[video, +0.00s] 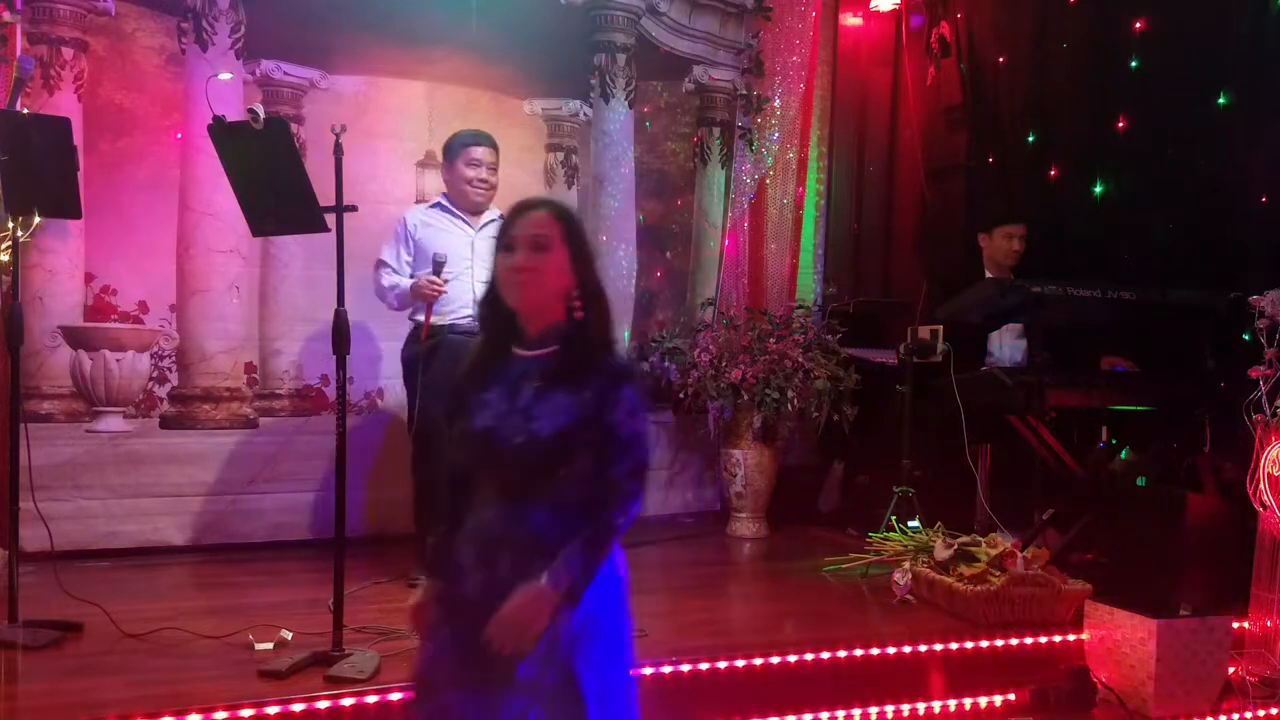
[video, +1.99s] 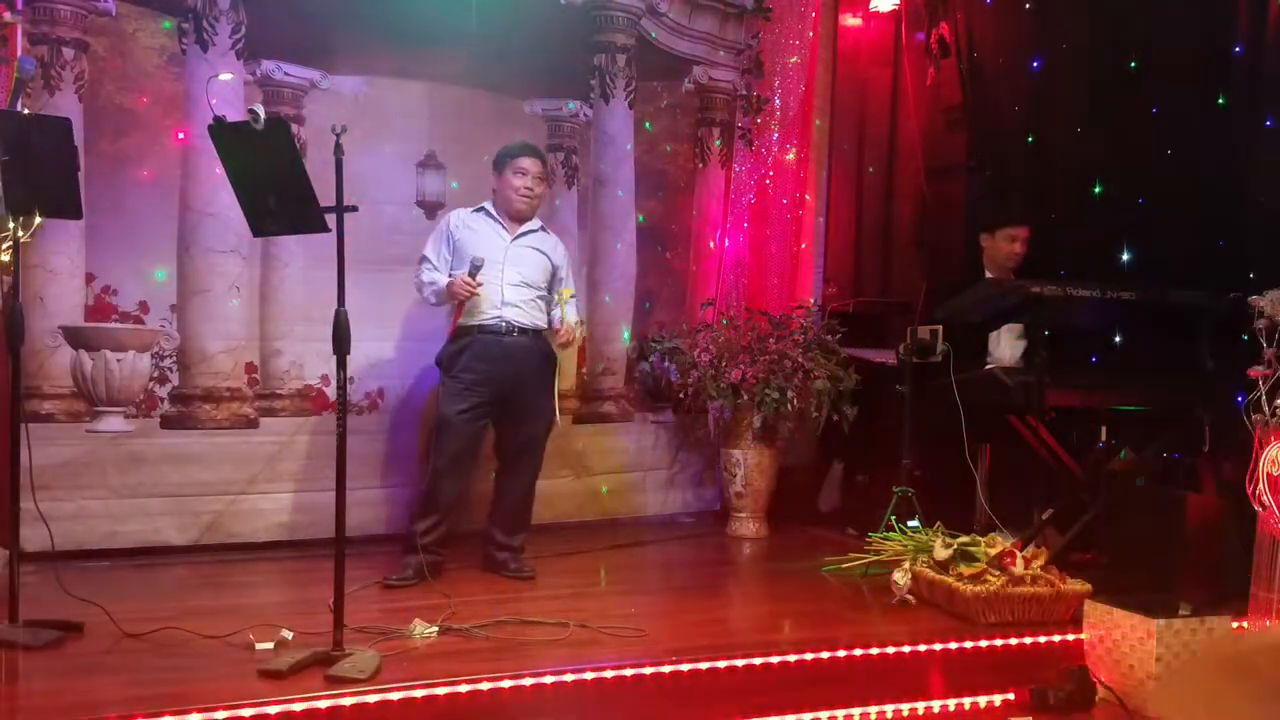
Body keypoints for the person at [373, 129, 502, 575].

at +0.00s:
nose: (483, 174)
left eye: (491, 168)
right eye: (472, 164)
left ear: (498, 177)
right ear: (446, 170)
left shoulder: (506, 229)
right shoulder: (417, 222)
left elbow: (528, 285)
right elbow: (385, 282)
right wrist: (411, 290)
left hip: (494, 351)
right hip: (437, 351)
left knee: (491, 454)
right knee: (434, 457)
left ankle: (489, 566)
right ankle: (433, 564)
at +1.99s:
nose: (530, 185)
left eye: (539, 179)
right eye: (520, 174)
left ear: (545, 191)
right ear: (496, 180)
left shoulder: (551, 245)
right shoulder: (458, 223)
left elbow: (565, 299)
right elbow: (426, 279)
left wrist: (568, 322)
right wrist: (446, 287)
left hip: (532, 356)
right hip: (474, 352)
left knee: (522, 460)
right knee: (450, 453)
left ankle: (506, 551)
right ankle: (424, 554)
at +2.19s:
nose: (507, 181)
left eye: (519, 175)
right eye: (499, 171)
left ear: (531, 189)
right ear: (483, 177)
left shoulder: (540, 244)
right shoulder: (447, 221)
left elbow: (550, 302)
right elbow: (416, 276)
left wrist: (554, 332)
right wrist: (440, 288)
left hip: (524, 355)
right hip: (465, 352)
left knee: (516, 461)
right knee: (443, 456)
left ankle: (506, 551)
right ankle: (415, 556)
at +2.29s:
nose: (496, 179)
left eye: (508, 173)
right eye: (488, 170)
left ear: (522, 187)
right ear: (473, 178)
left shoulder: (531, 242)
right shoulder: (439, 220)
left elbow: (543, 303)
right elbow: (408, 276)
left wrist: (552, 338)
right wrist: (433, 288)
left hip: (517, 353)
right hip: (459, 350)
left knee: (514, 459)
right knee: (439, 453)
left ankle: (506, 551)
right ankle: (415, 556)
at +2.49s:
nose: (472, 179)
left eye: (484, 172)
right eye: (463, 170)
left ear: (501, 183)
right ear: (452, 178)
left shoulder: (513, 242)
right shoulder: (421, 222)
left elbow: (528, 308)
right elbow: (389, 278)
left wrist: (551, 339)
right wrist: (416, 288)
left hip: (495, 353)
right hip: (437, 350)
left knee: (503, 454)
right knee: (423, 452)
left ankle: (503, 550)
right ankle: (414, 555)